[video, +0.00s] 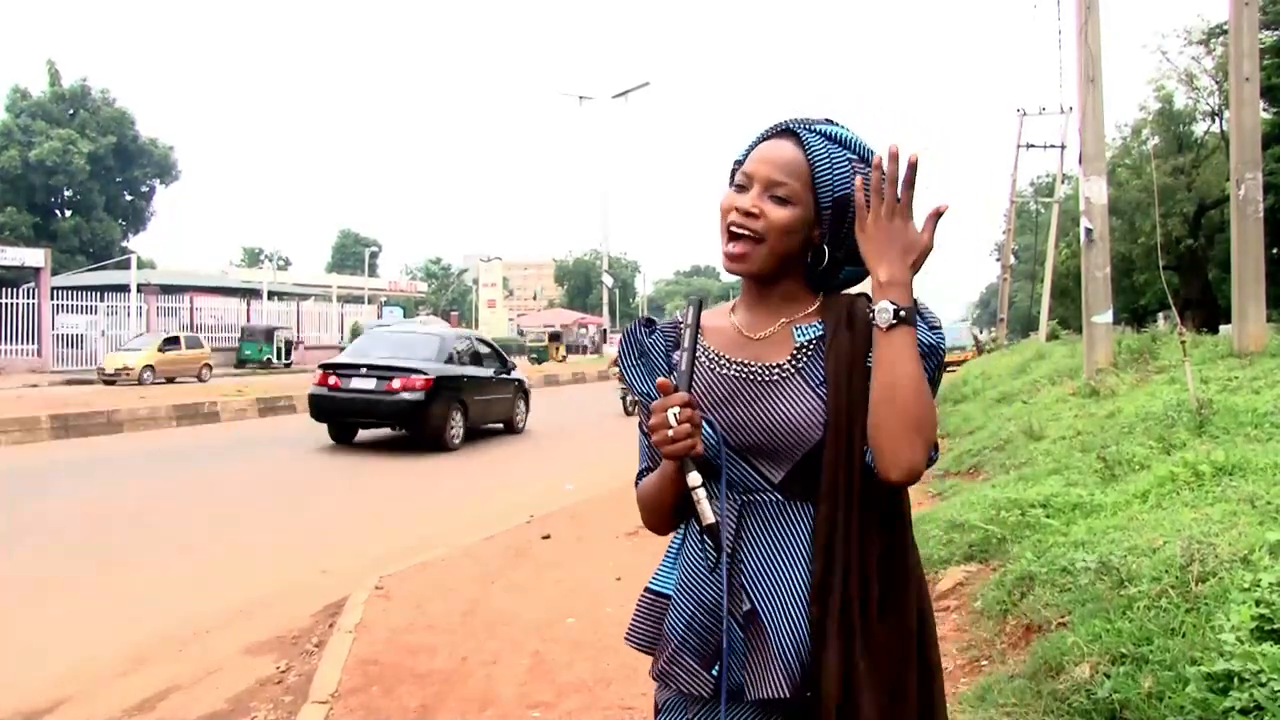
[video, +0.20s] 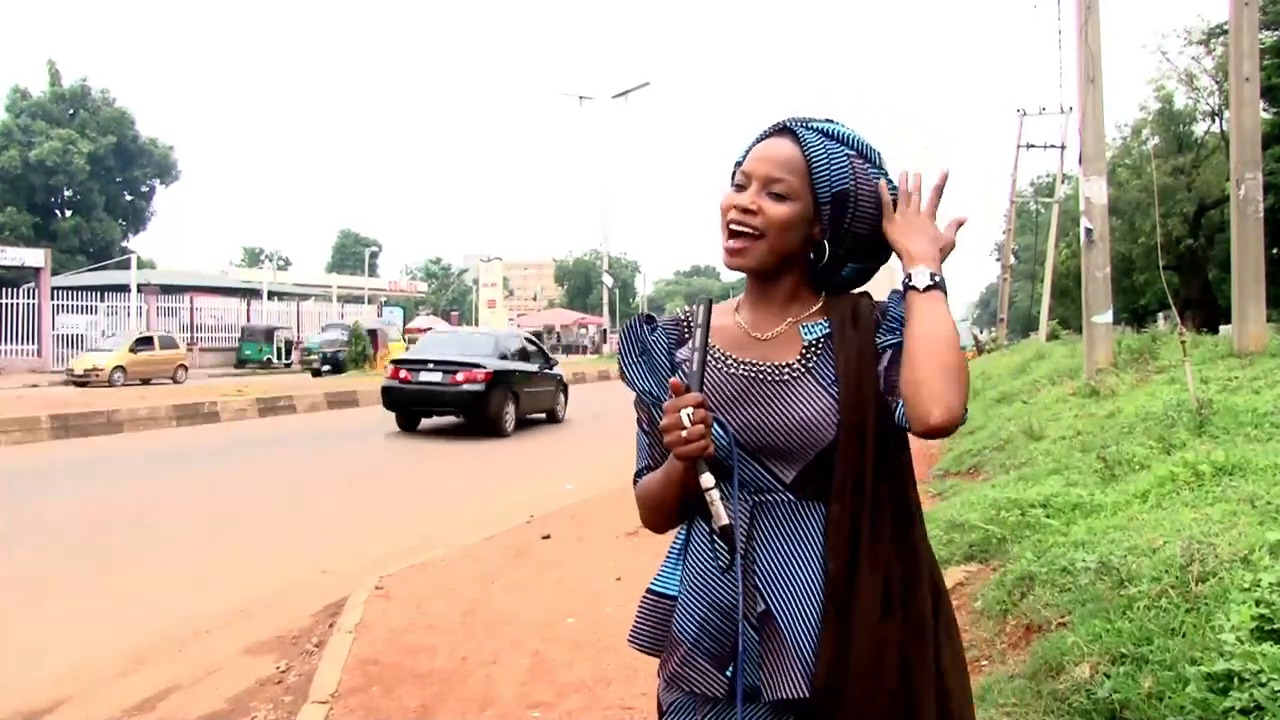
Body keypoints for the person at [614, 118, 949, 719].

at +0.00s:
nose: (745, 207)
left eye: (778, 197)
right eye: (741, 185)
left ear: (820, 230)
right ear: (723, 193)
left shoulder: (873, 330)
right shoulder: (677, 341)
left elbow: (902, 461)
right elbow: (656, 518)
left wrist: (891, 284)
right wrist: (671, 461)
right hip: (707, 629)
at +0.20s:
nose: (743, 204)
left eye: (776, 194)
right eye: (739, 184)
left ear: (821, 225)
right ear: (726, 191)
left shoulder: (871, 326)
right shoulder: (678, 339)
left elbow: (937, 412)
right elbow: (653, 515)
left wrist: (922, 265)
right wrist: (681, 459)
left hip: (836, 627)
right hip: (714, 628)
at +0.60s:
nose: (778, 206)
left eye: (805, 189)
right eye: (762, 192)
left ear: (849, 213)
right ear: (744, 216)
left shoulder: (911, 310)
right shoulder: (714, 346)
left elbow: (995, 450)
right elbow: (704, 519)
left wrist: (920, 295)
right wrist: (729, 465)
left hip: (894, 626)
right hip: (762, 628)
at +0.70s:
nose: (790, 205)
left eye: (816, 186)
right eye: (772, 191)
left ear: (859, 208)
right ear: (754, 217)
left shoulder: (933, 320)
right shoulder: (724, 348)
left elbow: (982, 480)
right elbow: (722, 518)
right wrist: (743, 473)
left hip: (919, 637)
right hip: (781, 639)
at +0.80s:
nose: (806, 206)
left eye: (829, 187)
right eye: (786, 194)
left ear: (869, 208)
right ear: (767, 221)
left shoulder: (941, 326)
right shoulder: (737, 350)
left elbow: (978, 491)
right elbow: (733, 516)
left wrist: (889, 463)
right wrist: (752, 479)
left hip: (911, 623)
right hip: (789, 633)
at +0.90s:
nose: (826, 207)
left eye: (846, 188)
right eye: (803, 196)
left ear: (881, 206)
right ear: (781, 223)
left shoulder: (950, 319)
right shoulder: (750, 346)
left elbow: (988, 475)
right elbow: (742, 513)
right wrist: (761, 480)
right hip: (808, 612)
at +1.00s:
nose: (833, 202)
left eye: (852, 182)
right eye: (808, 193)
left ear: (891, 199)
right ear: (789, 223)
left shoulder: (954, 304)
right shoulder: (756, 341)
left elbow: (991, 443)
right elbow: (751, 508)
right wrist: (770, 476)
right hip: (807, 633)